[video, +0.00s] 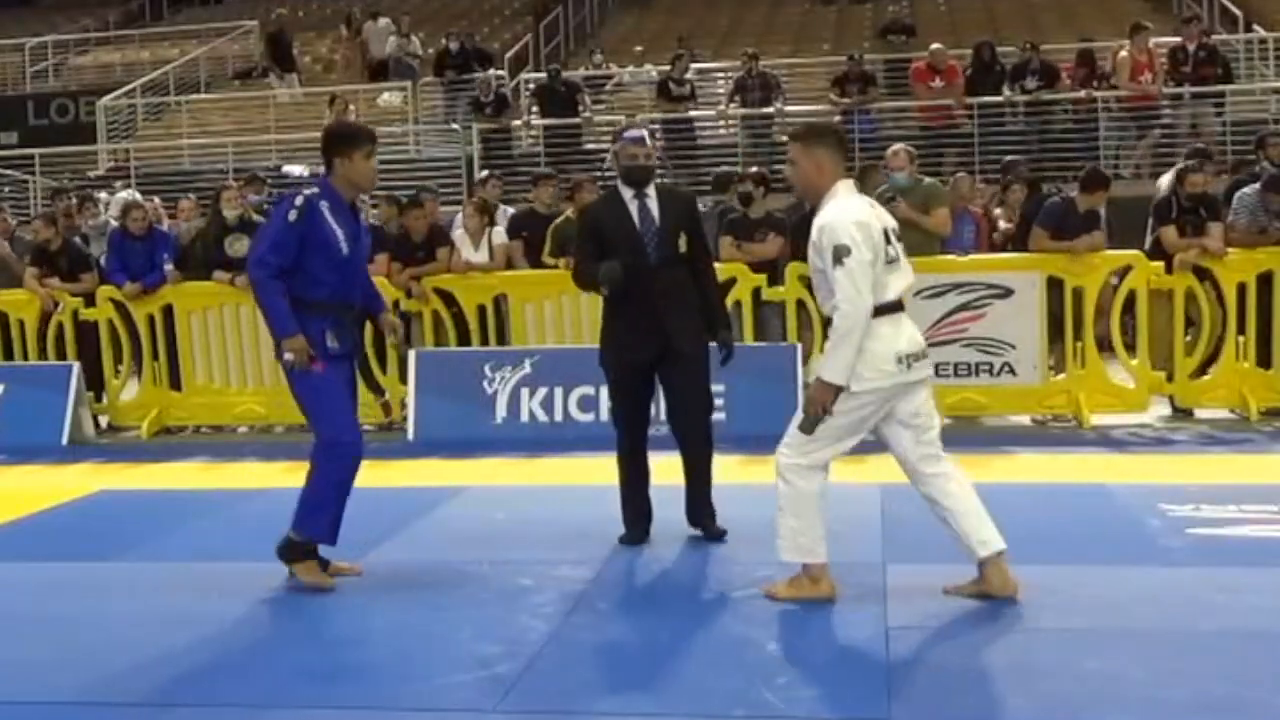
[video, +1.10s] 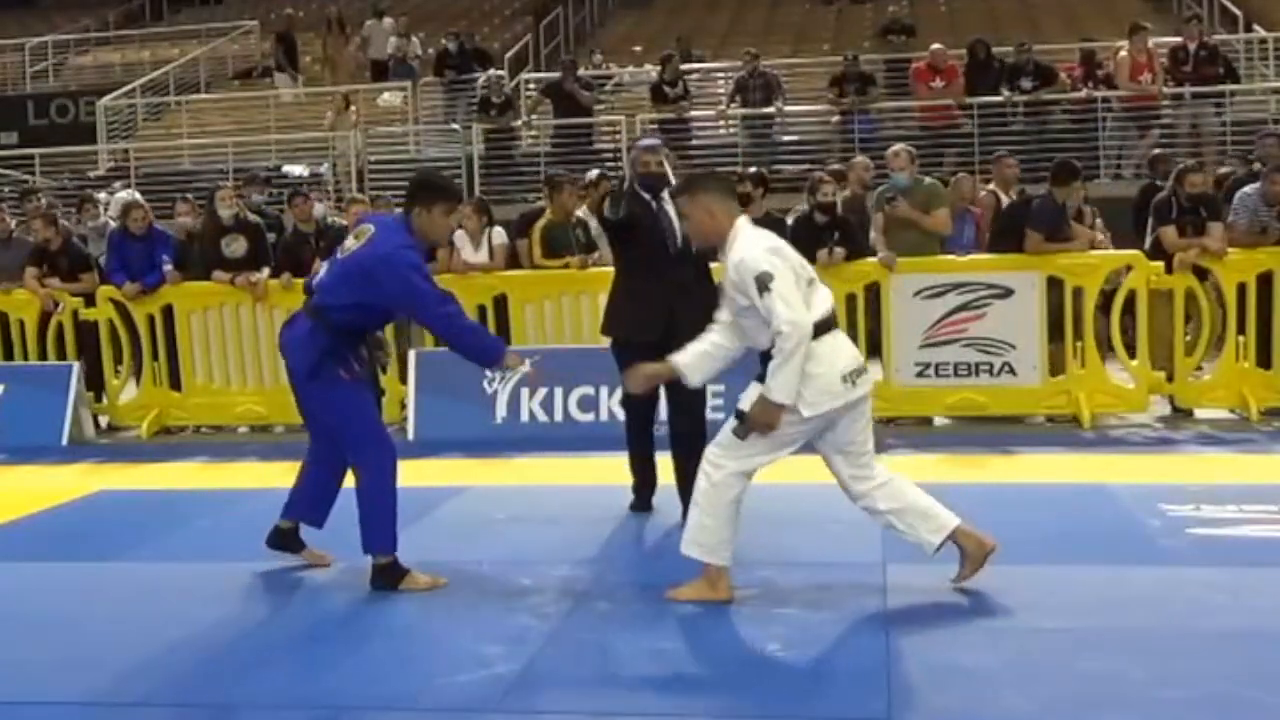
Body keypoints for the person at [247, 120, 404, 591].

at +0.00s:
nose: (376, 169)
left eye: (375, 160)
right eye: (370, 160)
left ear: (350, 163)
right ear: (342, 162)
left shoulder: (351, 214)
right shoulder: (301, 206)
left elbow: (355, 273)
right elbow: (261, 268)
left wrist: (381, 313)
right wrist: (287, 332)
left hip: (340, 338)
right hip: (308, 340)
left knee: (340, 441)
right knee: (342, 441)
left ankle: (311, 545)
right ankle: (301, 543)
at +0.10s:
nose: (391, 171)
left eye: (390, 162)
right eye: (384, 162)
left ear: (365, 166)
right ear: (358, 165)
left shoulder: (363, 215)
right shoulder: (320, 203)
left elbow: (359, 279)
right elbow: (272, 258)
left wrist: (392, 312)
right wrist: (295, 326)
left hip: (343, 338)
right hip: (314, 338)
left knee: (335, 441)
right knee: (356, 438)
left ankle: (307, 549)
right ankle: (348, 559)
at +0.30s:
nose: (436, 196)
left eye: (437, 187)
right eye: (429, 187)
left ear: (411, 188)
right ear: (402, 187)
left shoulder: (396, 230)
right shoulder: (367, 221)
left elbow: (367, 287)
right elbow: (314, 275)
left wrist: (391, 322)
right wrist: (352, 339)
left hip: (348, 349)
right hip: (326, 351)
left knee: (342, 449)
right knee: (372, 452)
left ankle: (309, 551)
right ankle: (386, 566)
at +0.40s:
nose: (463, 219)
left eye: (465, 208)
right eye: (458, 208)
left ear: (431, 205)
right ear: (432, 204)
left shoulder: (400, 235)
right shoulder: (389, 240)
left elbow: (377, 305)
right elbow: (348, 294)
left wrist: (414, 348)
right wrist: (412, 346)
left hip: (319, 342)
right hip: (329, 347)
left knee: (334, 450)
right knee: (375, 454)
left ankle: (307, 551)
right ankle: (385, 566)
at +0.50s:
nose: (475, 241)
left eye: (478, 231)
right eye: (473, 229)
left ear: (444, 219)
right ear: (447, 219)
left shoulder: (403, 231)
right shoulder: (405, 254)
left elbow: (417, 310)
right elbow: (417, 319)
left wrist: (478, 346)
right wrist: (490, 350)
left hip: (310, 332)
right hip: (330, 345)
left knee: (321, 441)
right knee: (380, 454)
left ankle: (297, 547)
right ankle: (385, 566)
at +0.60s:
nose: (481, 249)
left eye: (483, 240)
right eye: (476, 239)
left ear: (444, 229)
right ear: (450, 234)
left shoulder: (407, 230)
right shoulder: (425, 275)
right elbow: (468, 326)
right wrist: (547, 342)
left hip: (309, 330)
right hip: (332, 348)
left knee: (308, 440)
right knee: (383, 452)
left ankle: (285, 540)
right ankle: (387, 567)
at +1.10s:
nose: (455, 225)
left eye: (455, 216)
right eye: (450, 215)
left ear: (419, 212)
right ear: (423, 212)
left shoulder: (382, 226)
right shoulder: (394, 258)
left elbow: (340, 276)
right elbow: (441, 316)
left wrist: (364, 328)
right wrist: (499, 354)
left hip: (309, 333)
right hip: (321, 347)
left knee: (332, 442)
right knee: (376, 450)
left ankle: (287, 529)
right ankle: (385, 565)